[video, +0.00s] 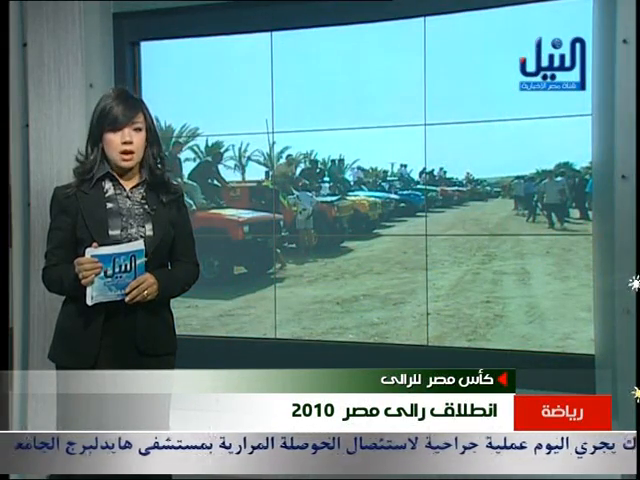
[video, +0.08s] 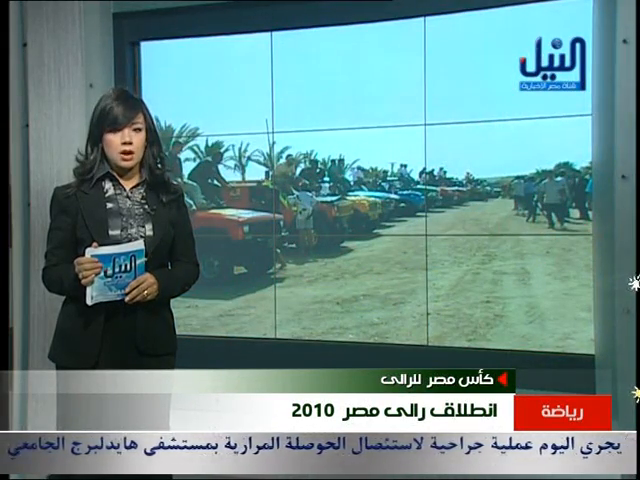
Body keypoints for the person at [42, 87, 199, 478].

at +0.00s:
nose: (127, 139)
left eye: (136, 129)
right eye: (116, 129)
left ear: (148, 137)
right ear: (100, 138)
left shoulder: (169, 196)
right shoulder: (70, 198)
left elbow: (188, 267)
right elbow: (52, 274)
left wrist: (161, 282)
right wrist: (76, 274)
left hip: (150, 349)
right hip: (85, 350)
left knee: (149, 452)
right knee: (81, 452)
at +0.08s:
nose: (127, 139)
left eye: (136, 129)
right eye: (116, 130)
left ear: (148, 137)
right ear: (100, 138)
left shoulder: (169, 196)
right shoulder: (70, 198)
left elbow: (188, 268)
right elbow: (52, 274)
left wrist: (161, 282)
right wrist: (76, 274)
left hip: (150, 349)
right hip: (85, 350)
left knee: (149, 453)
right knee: (81, 452)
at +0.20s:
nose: (127, 139)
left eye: (136, 129)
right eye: (116, 130)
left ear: (148, 136)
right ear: (100, 138)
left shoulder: (169, 196)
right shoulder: (71, 198)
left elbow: (189, 267)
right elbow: (52, 274)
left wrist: (161, 282)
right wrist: (76, 275)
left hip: (150, 349)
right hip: (85, 350)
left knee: (149, 452)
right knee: (81, 452)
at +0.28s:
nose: (127, 138)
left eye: (135, 127)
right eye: (115, 129)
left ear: (148, 135)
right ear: (100, 138)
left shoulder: (170, 196)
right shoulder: (71, 198)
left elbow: (189, 267)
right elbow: (52, 273)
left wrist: (161, 282)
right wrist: (76, 275)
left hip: (150, 348)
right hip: (85, 349)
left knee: (149, 450)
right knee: (81, 451)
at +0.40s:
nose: (125, 137)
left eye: (135, 127)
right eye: (114, 128)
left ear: (147, 135)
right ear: (99, 137)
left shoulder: (169, 196)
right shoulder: (71, 197)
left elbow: (189, 266)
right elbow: (52, 272)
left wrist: (161, 282)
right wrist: (76, 274)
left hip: (149, 347)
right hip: (85, 348)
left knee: (148, 450)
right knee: (81, 451)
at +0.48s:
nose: (124, 138)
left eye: (134, 128)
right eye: (114, 128)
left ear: (147, 135)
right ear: (99, 137)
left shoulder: (169, 196)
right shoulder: (70, 197)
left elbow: (189, 266)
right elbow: (52, 272)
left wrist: (161, 282)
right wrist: (76, 274)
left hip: (149, 347)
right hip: (85, 348)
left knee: (149, 450)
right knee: (81, 451)